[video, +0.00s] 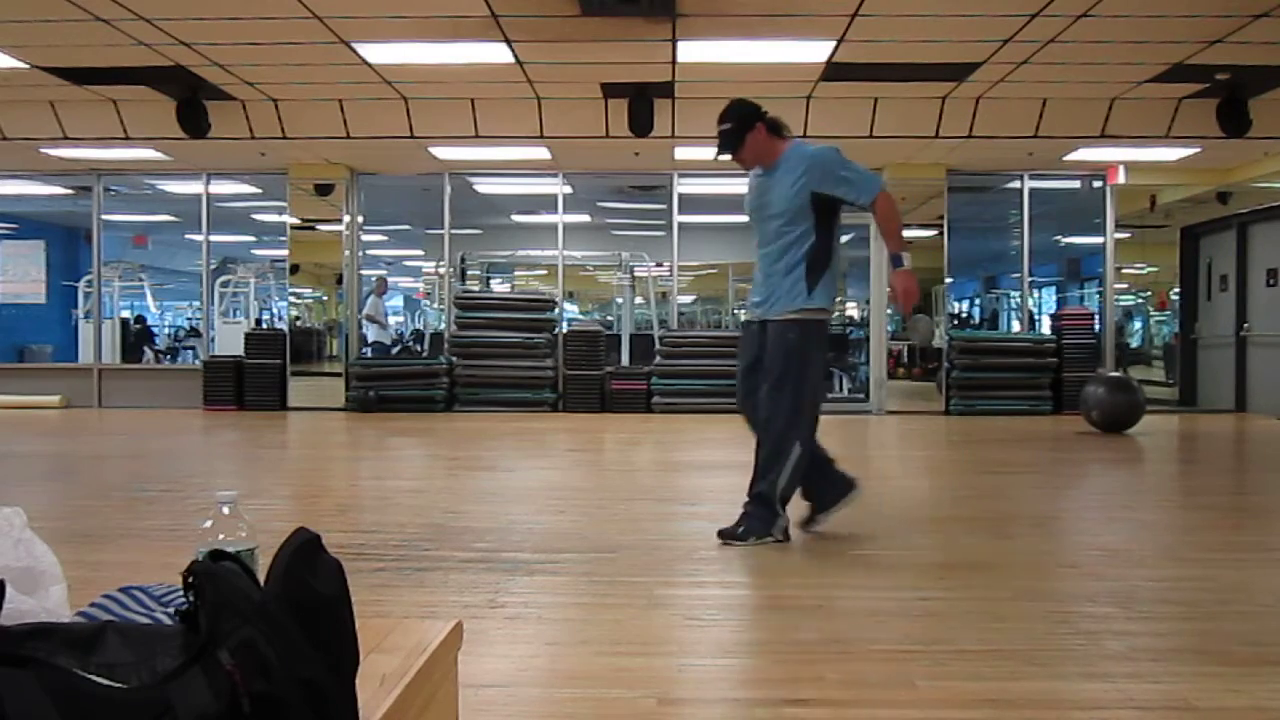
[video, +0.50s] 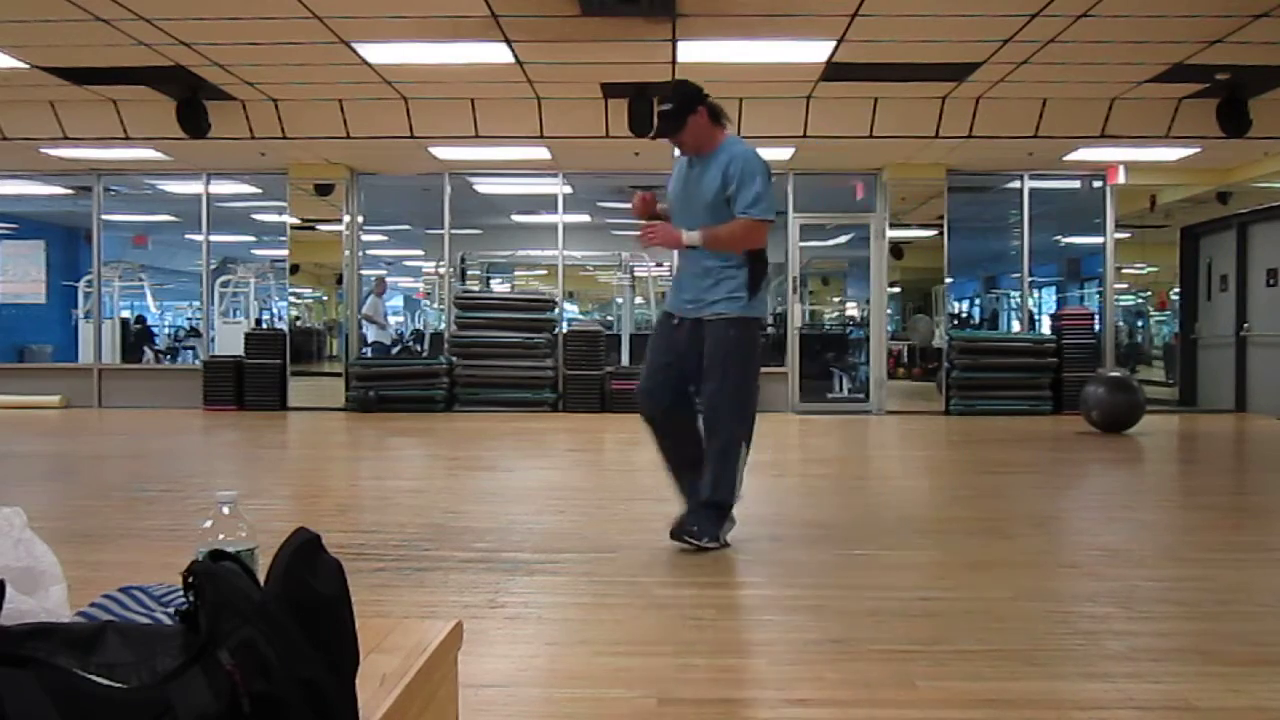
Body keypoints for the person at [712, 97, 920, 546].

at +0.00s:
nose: (738, 159)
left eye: (738, 148)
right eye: (732, 152)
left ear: (759, 130)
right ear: (752, 138)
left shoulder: (816, 160)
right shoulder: (759, 180)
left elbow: (880, 196)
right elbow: (778, 240)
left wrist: (899, 265)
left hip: (800, 313)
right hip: (762, 312)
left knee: (784, 412)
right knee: (754, 401)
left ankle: (764, 516)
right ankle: (827, 484)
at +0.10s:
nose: (722, 157)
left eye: (724, 146)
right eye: (717, 149)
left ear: (747, 128)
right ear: (740, 135)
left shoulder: (805, 159)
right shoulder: (742, 180)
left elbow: (862, 200)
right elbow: (761, 239)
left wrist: (876, 270)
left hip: (781, 309)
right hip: (744, 309)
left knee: (742, 402)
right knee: (740, 405)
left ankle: (754, 513)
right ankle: (776, 503)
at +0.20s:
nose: (713, 160)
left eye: (715, 149)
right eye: (709, 153)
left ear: (738, 132)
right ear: (728, 139)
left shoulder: (793, 173)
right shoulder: (730, 180)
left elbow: (837, 228)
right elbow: (726, 240)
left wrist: (838, 297)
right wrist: (715, 297)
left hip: (771, 310)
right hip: (736, 310)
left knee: (715, 389)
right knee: (754, 410)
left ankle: (730, 501)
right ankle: (767, 510)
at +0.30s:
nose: (703, 155)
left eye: (705, 144)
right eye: (699, 147)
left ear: (728, 127)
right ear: (717, 134)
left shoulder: (776, 171)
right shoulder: (714, 176)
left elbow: (801, 239)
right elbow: (703, 238)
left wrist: (774, 295)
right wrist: (669, 287)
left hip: (754, 306)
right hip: (721, 307)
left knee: (712, 396)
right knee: (742, 410)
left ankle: (705, 511)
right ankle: (760, 508)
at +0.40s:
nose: (689, 147)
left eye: (691, 137)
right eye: (685, 140)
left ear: (715, 119)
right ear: (702, 127)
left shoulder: (760, 161)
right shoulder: (700, 167)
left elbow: (776, 232)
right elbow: (693, 222)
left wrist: (720, 257)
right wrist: (654, 242)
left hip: (745, 304)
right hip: (703, 303)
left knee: (721, 406)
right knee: (690, 400)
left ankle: (707, 517)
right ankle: (749, 489)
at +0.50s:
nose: (675, 146)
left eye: (677, 135)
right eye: (670, 138)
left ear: (702, 117)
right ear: (688, 124)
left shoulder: (744, 160)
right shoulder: (685, 164)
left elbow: (755, 233)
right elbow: (682, 216)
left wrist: (685, 237)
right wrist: (655, 210)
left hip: (732, 309)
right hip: (683, 307)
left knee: (724, 411)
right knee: (658, 398)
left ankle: (713, 519)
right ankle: (702, 502)